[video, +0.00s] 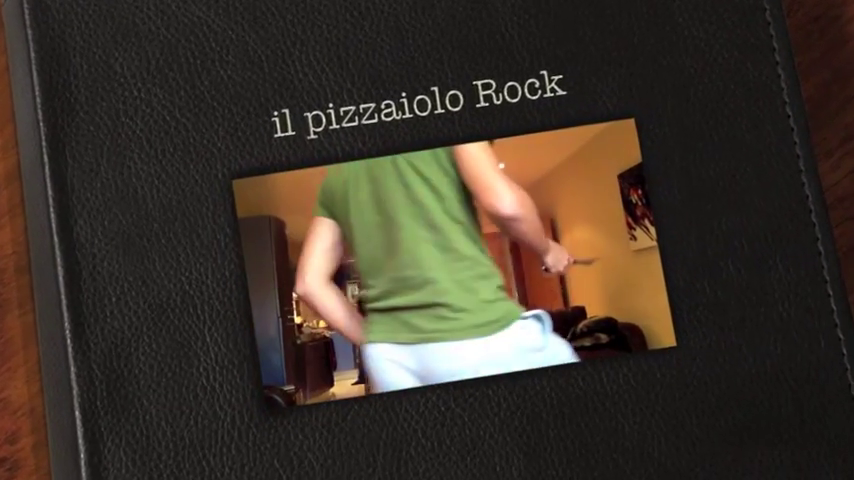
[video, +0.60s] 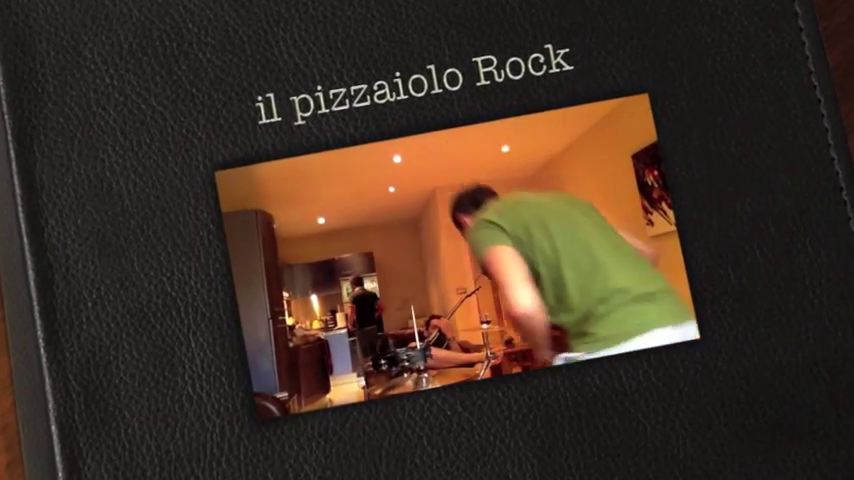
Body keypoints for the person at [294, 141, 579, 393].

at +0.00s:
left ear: (357, 108)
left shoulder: (339, 172)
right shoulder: (446, 129)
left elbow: (311, 283)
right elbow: (504, 205)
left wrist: (372, 339)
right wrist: (547, 249)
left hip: (389, 354)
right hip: (482, 337)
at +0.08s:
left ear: (362, 113)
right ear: (418, 98)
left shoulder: (346, 176)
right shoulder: (460, 130)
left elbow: (316, 284)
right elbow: (522, 213)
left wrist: (384, 343)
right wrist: (549, 246)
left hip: (408, 355)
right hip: (503, 337)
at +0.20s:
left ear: (381, 119)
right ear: (439, 99)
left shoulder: (368, 183)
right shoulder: (488, 132)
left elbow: (343, 290)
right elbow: (553, 218)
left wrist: (404, 342)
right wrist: (553, 246)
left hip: (450, 351)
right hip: (546, 332)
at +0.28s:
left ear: (395, 122)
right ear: (453, 97)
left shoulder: (383, 185)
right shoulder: (504, 135)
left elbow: (364, 290)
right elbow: (572, 216)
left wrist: (419, 337)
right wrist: (557, 253)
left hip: (473, 349)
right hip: (567, 330)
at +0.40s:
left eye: (416, 178)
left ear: (420, 168)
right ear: (459, 145)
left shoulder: (426, 193)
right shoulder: (539, 153)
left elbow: (420, 290)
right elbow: (607, 220)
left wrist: (460, 332)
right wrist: (580, 269)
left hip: (524, 342)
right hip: (610, 326)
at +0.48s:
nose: (438, 199)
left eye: (435, 194)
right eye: (436, 194)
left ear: (436, 184)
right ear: (472, 163)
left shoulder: (451, 202)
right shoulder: (550, 169)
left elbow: (456, 294)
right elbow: (625, 227)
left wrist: (490, 333)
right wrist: (605, 280)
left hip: (557, 340)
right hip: (636, 323)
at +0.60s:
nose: (470, 239)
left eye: (464, 233)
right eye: (466, 235)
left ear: (464, 221)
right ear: (495, 196)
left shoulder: (486, 225)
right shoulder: (566, 202)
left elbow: (524, 307)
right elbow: (645, 252)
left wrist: (545, 360)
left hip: (609, 347)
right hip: (681, 327)